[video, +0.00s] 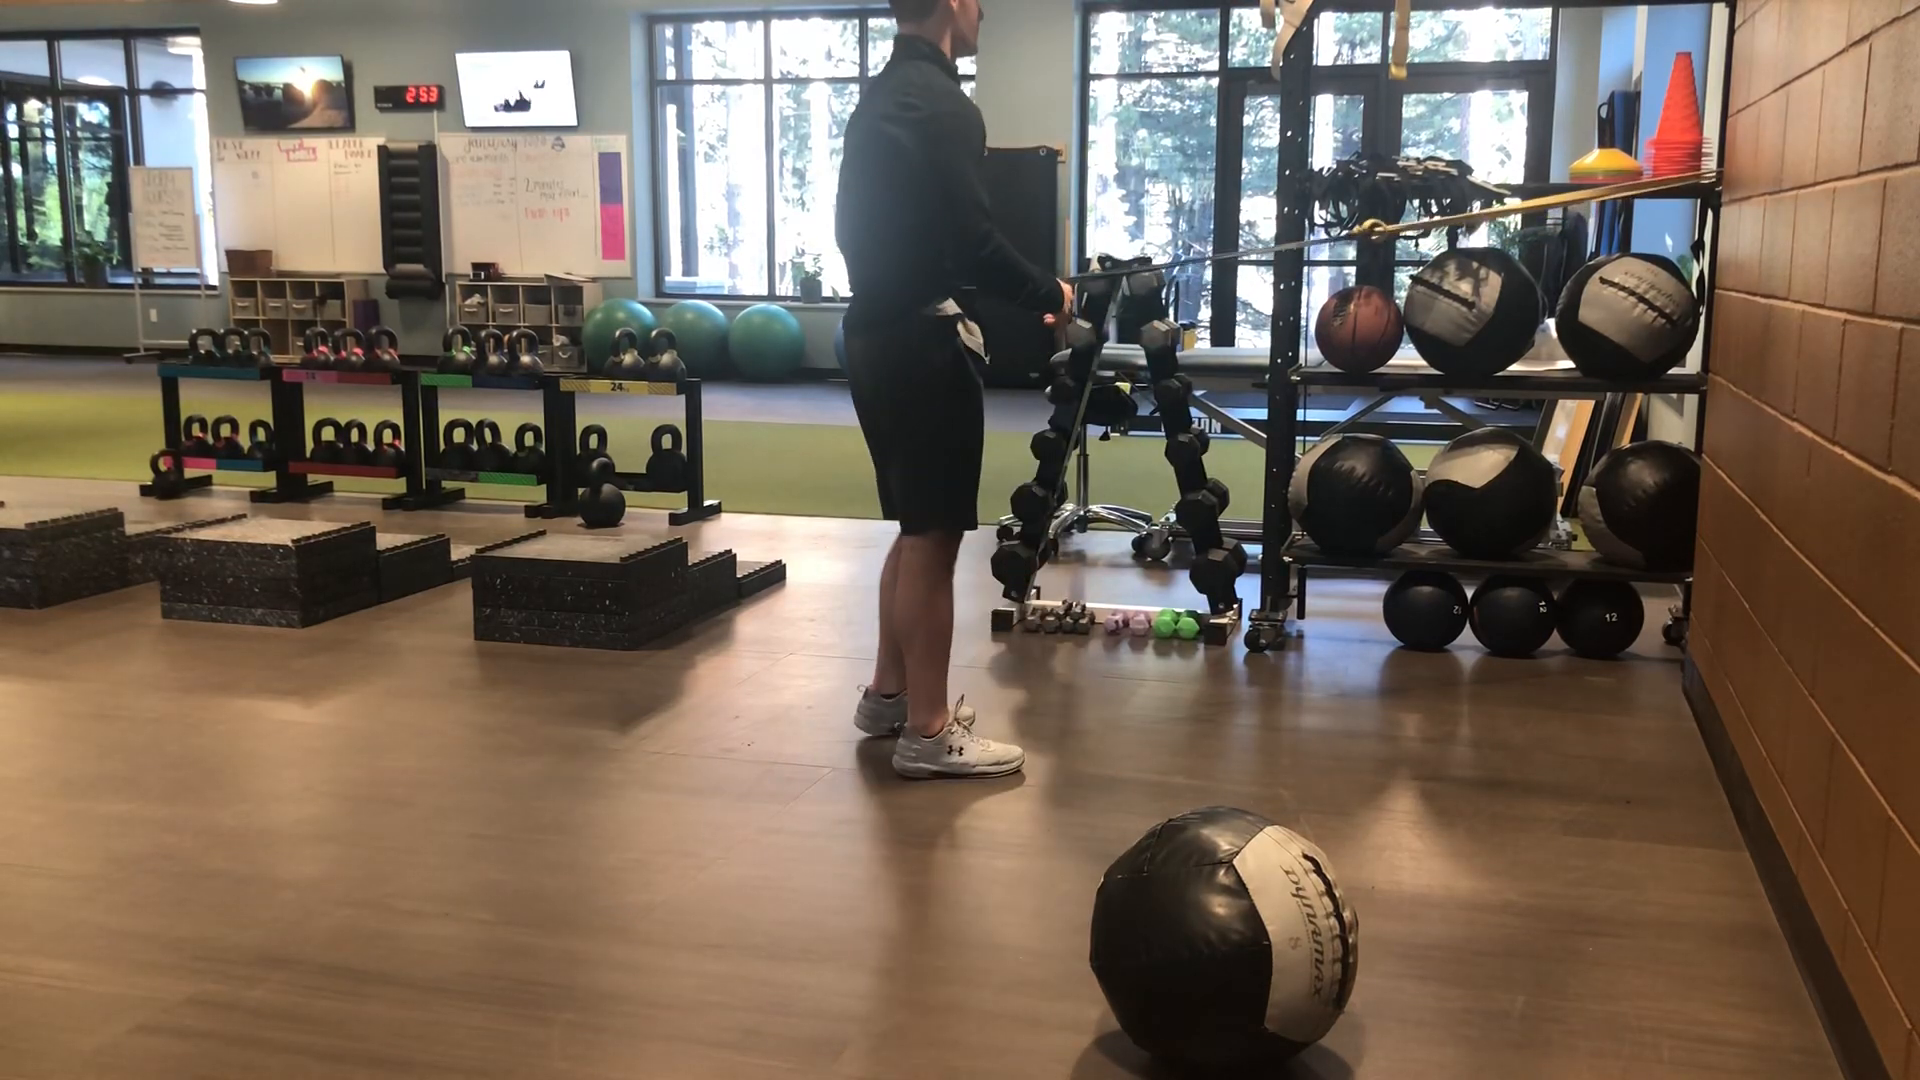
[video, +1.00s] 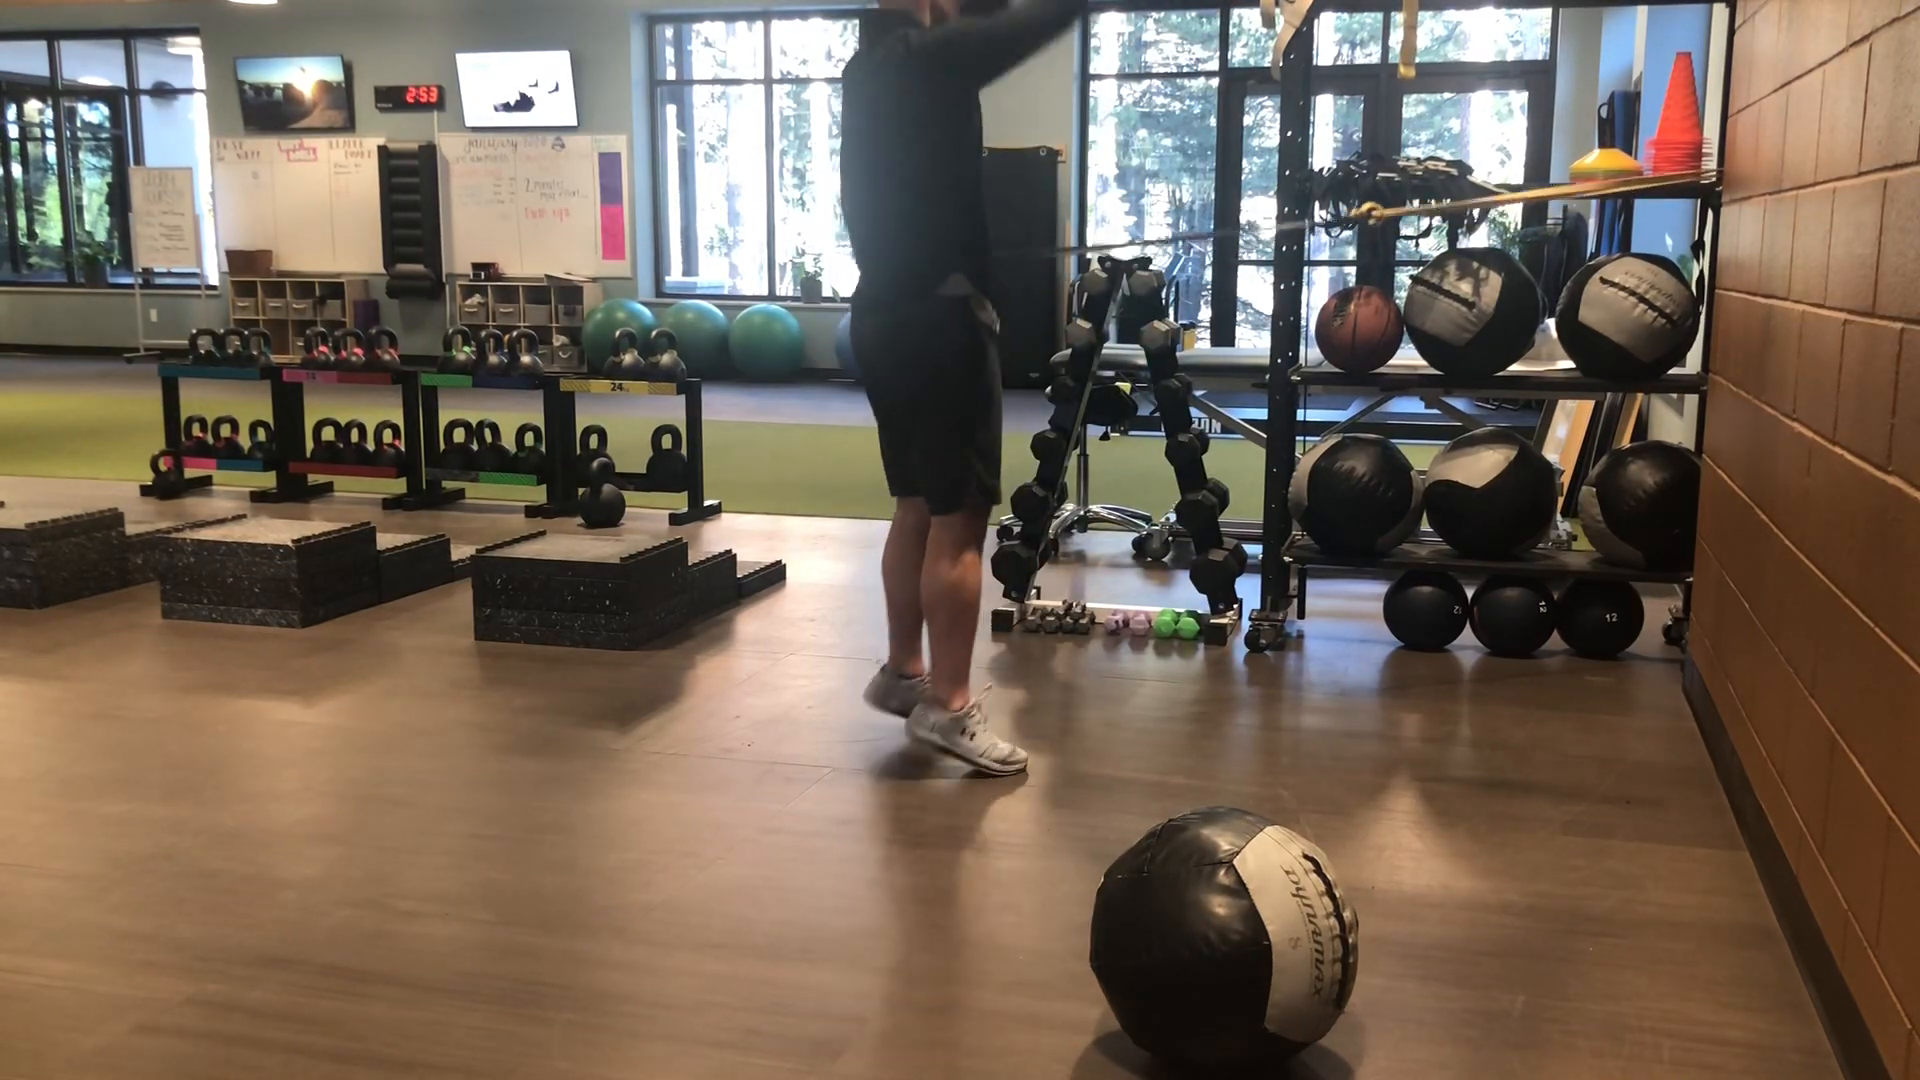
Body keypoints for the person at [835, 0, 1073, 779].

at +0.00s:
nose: (981, 21)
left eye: (978, 9)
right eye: (977, 9)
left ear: (913, 16)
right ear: (954, 11)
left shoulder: (878, 101)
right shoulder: (945, 106)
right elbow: (967, 236)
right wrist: (1051, 293)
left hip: (874, 335)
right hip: (925, 338)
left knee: (918, 526)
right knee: (937, 532)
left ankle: (889, 695)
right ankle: (929, 730)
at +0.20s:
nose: (963, 19)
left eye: (962, 8)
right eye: (959, 7)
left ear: (895, 16)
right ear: (935, 10)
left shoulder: (861, 99)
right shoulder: (929, 104)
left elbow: (840, 227)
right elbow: (955, 235)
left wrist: (910, 291)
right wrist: (1045, 280)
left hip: (858, 333)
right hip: (913, 336)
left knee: (883, 524)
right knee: (925, 538)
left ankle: (883, 697)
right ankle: (927, 728)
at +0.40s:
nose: (948, 18)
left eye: (945, 8)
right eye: (943, 7)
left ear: (872, 19)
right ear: (917, 11)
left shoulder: (850, 98)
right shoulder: (921, 107)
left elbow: (831, 231)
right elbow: (961, 234)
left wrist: (915, 298)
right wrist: (1057, 273)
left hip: (849, 336)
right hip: (905, 341)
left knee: (880, 526)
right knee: (926, 540)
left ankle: (882, 698)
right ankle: (927, 728)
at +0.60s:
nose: (945, 12)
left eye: (941, 2)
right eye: (938, 2)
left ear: (879, 15)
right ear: (909, 9)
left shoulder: (850, 98)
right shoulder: (921, 106)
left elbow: (843, 233)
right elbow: (991, 227)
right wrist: (1089, 246)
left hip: (852, 337)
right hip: (909, 342)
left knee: (889, 527)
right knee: (931, 540)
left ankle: (883, 696)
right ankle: (926, 732)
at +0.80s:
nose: (953, 13)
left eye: (950, 3)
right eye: (946, 2)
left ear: (884, 14)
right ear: (914, 7)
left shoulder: (861, 92)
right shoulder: (929, 91)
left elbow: (988, 114)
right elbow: (1050, 119)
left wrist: (1054, 61)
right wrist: (1114, 63)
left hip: (871, 336)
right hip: (929, 340)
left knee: (902, 524)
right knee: (946, 538)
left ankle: (885, 699)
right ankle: (931, 732)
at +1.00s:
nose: (965, 19)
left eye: (965, 10)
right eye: (960, 8)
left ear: (887, 11)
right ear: (931, 4)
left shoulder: (861, 75)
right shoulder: (931, 57)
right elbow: (1043, 15)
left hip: (878, 314)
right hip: (939, 313)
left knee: (915, 506)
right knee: (961, 515)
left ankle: (902, 669)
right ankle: (950, 706)